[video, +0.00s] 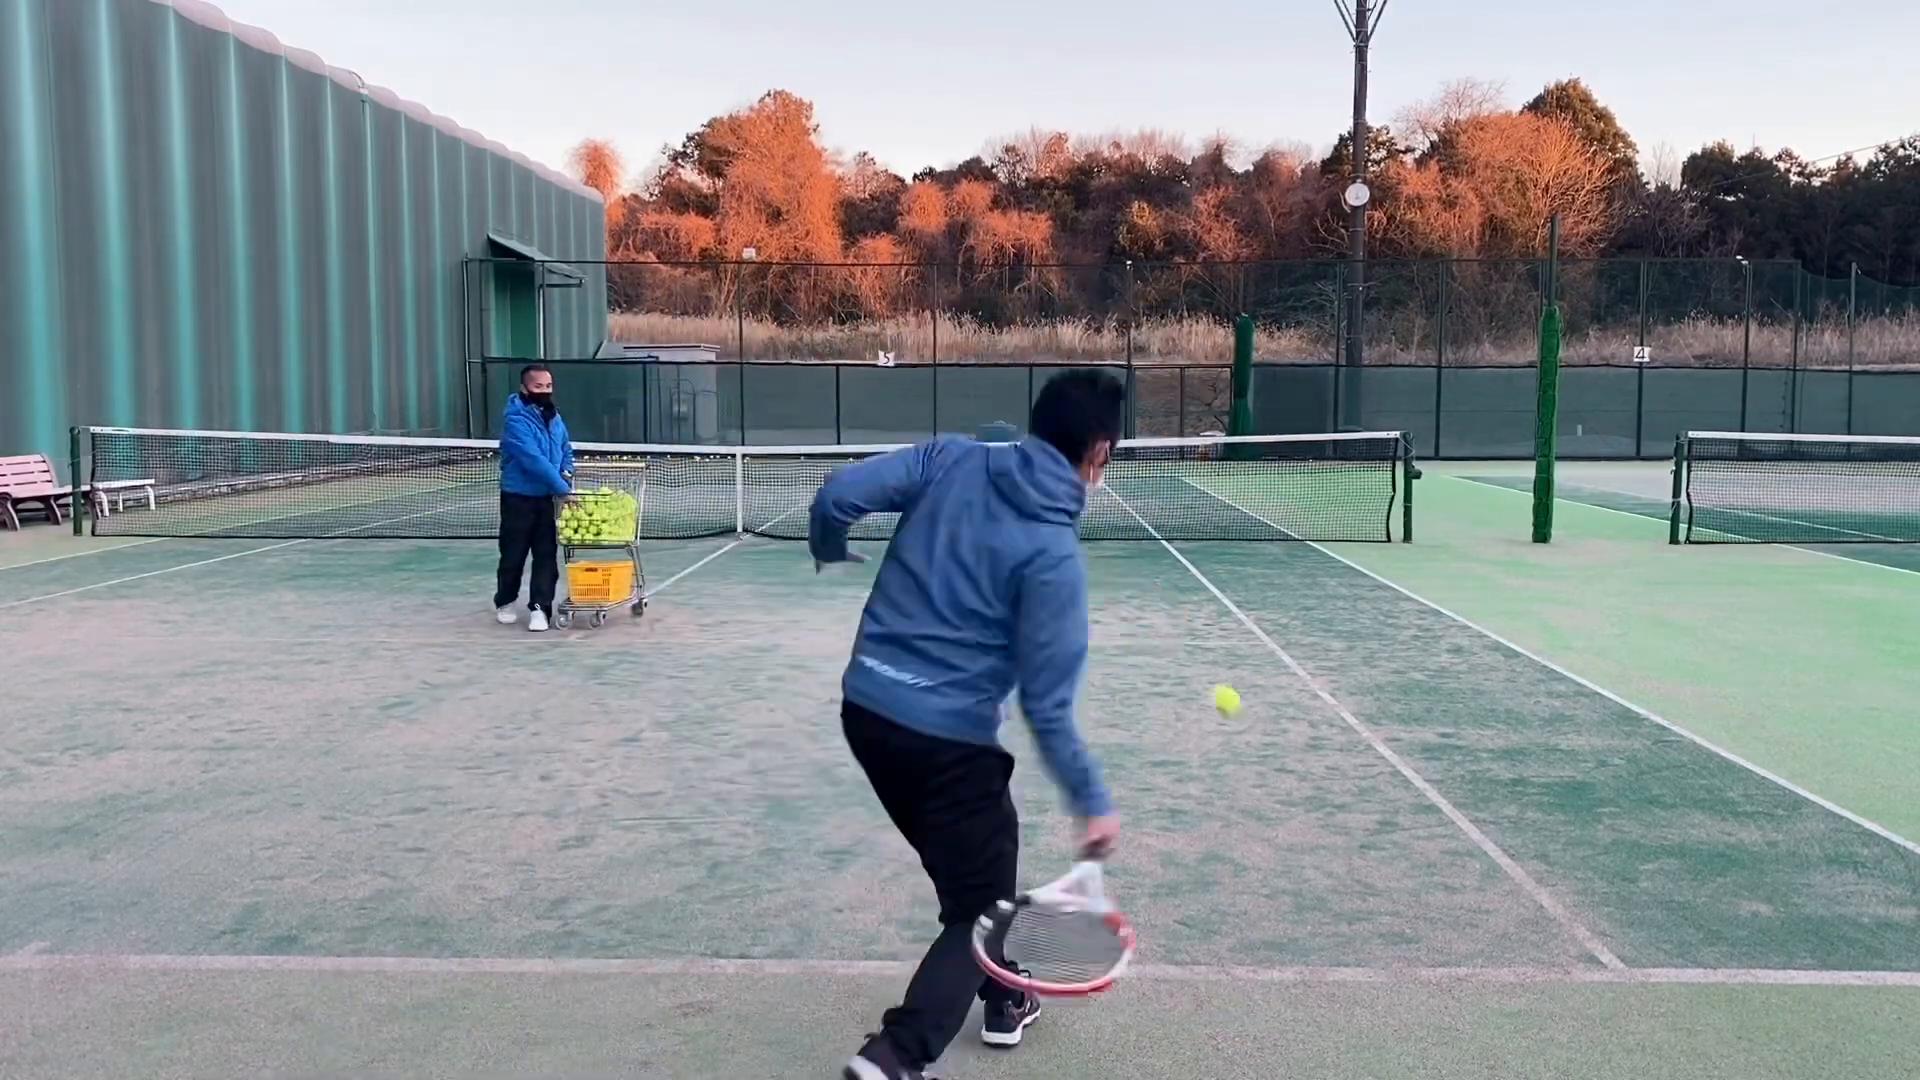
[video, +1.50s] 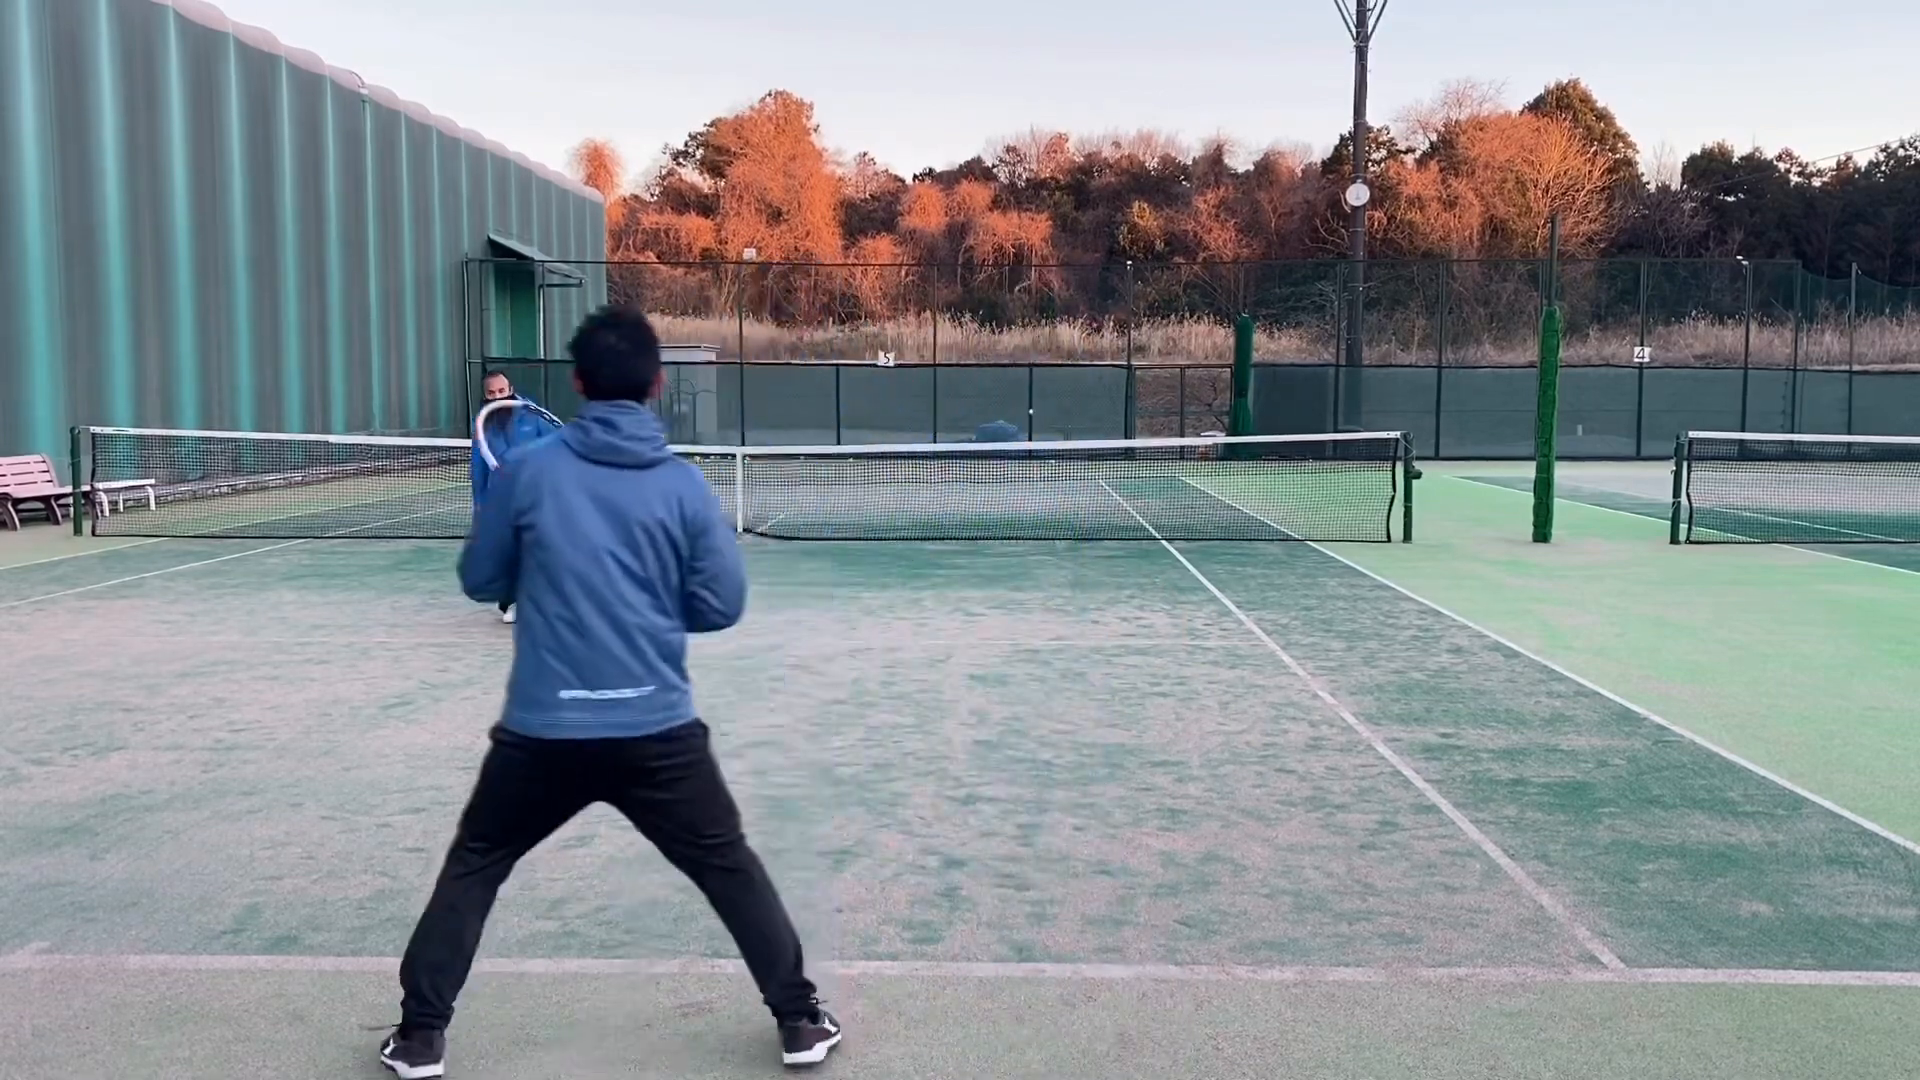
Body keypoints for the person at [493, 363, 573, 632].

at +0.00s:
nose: (545, 391)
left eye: (548, 386)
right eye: (539, 387)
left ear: (552, 387)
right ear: (525, 388)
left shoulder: (554, 417)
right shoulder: (516, 418)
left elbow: (566, 449)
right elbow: (531, 458)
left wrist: (565, 470)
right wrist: (562, 489)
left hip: (546, 493)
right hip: (518, 494)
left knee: (546, 555)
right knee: (514, 553)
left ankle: (540, 609)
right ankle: (505, 602)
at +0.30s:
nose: (544, 389)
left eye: (547, 384)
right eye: (538, 385)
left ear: (550, 386)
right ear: (525, 388)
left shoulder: (554, 416)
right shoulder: (516, 419)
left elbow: (566, 448)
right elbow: (532, 459)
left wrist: (566, 469)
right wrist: (560, 489)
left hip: (548, 493)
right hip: (519, 494)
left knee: (546, 554)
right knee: (514, 553)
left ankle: (540, 609)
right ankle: (506, 601)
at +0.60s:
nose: (538, 388)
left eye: (542, 384)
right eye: (532, 384)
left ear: (546, 385)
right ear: (520, 387)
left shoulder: (555, 416)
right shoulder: (510, 418)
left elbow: (569, 451)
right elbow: (517, 461)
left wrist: (565, 475)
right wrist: (554, 477)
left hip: (547, 496)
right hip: (516, 496)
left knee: (546, 555)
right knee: (514, 554)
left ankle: (541, 609)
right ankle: (512, 601)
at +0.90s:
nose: (522, 391)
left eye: (526, 386)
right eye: (516, 387)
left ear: (533, 388)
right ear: (506, 390)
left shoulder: (549, 418)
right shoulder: (496, 422)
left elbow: (568, 451)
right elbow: (492, 463)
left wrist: (566, 471)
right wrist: (512, 475)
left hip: (541, 497)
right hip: (508, 498)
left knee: (540, 554)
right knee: (509, 555)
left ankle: (540, 607)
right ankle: (511, 603)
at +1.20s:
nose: (509, 392)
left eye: (513, 386)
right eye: (503, 387)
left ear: (522, 387)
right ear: (496, 389)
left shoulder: (540, 415)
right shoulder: (488, 421)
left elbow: (565, 447)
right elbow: (481, 459)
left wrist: (565, 473)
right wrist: (485, 491)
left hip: (534, 494)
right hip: (502, 495)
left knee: (534, 550)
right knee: (505, 553)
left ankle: (536, 603)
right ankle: (512, 604)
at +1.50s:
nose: (497, 396)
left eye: (501, 390)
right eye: (491, 393)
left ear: (510, 389)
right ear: (485, 395)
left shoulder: (533, 416)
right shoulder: (484, 425)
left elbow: (559, 441)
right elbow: (478, 466)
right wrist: (479, 502)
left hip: (536, 492)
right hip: (499, 497)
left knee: (535, 548)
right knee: (504, 550)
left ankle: (535, 601)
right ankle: (509, 602)